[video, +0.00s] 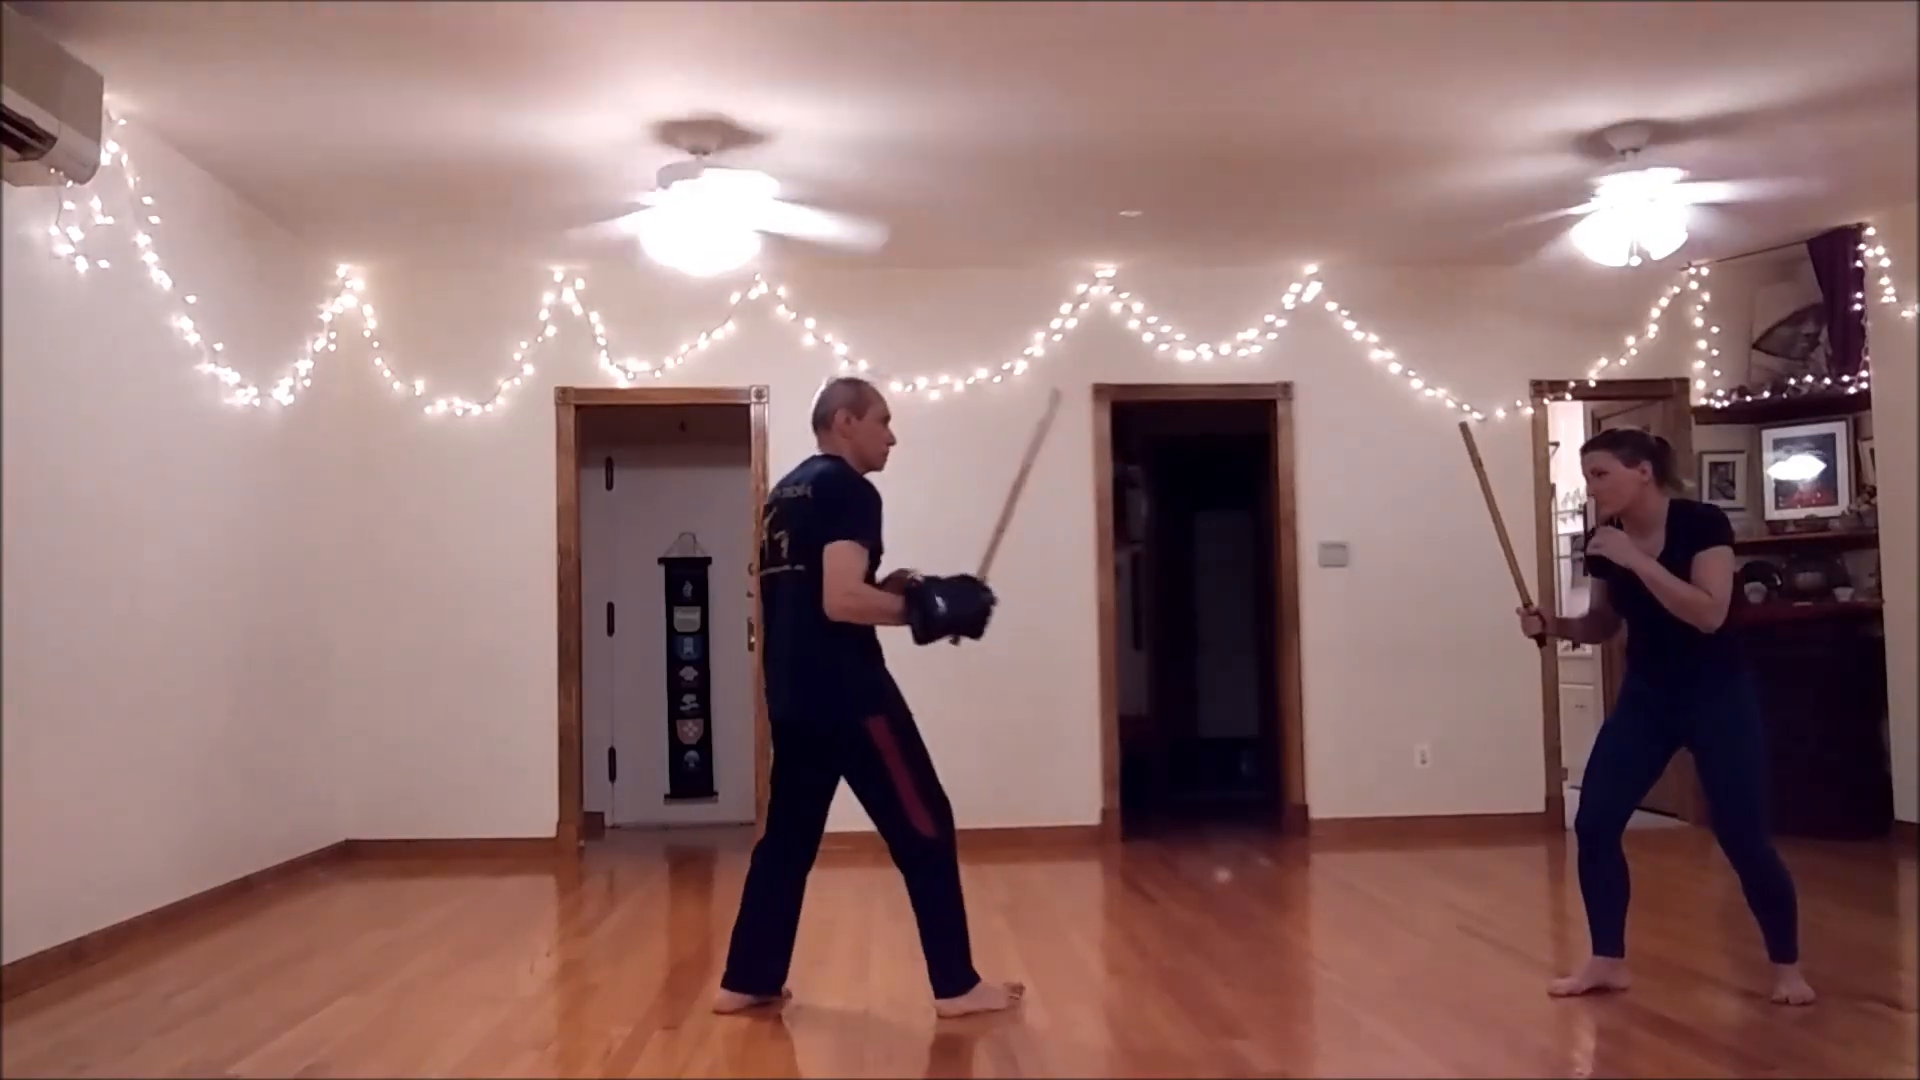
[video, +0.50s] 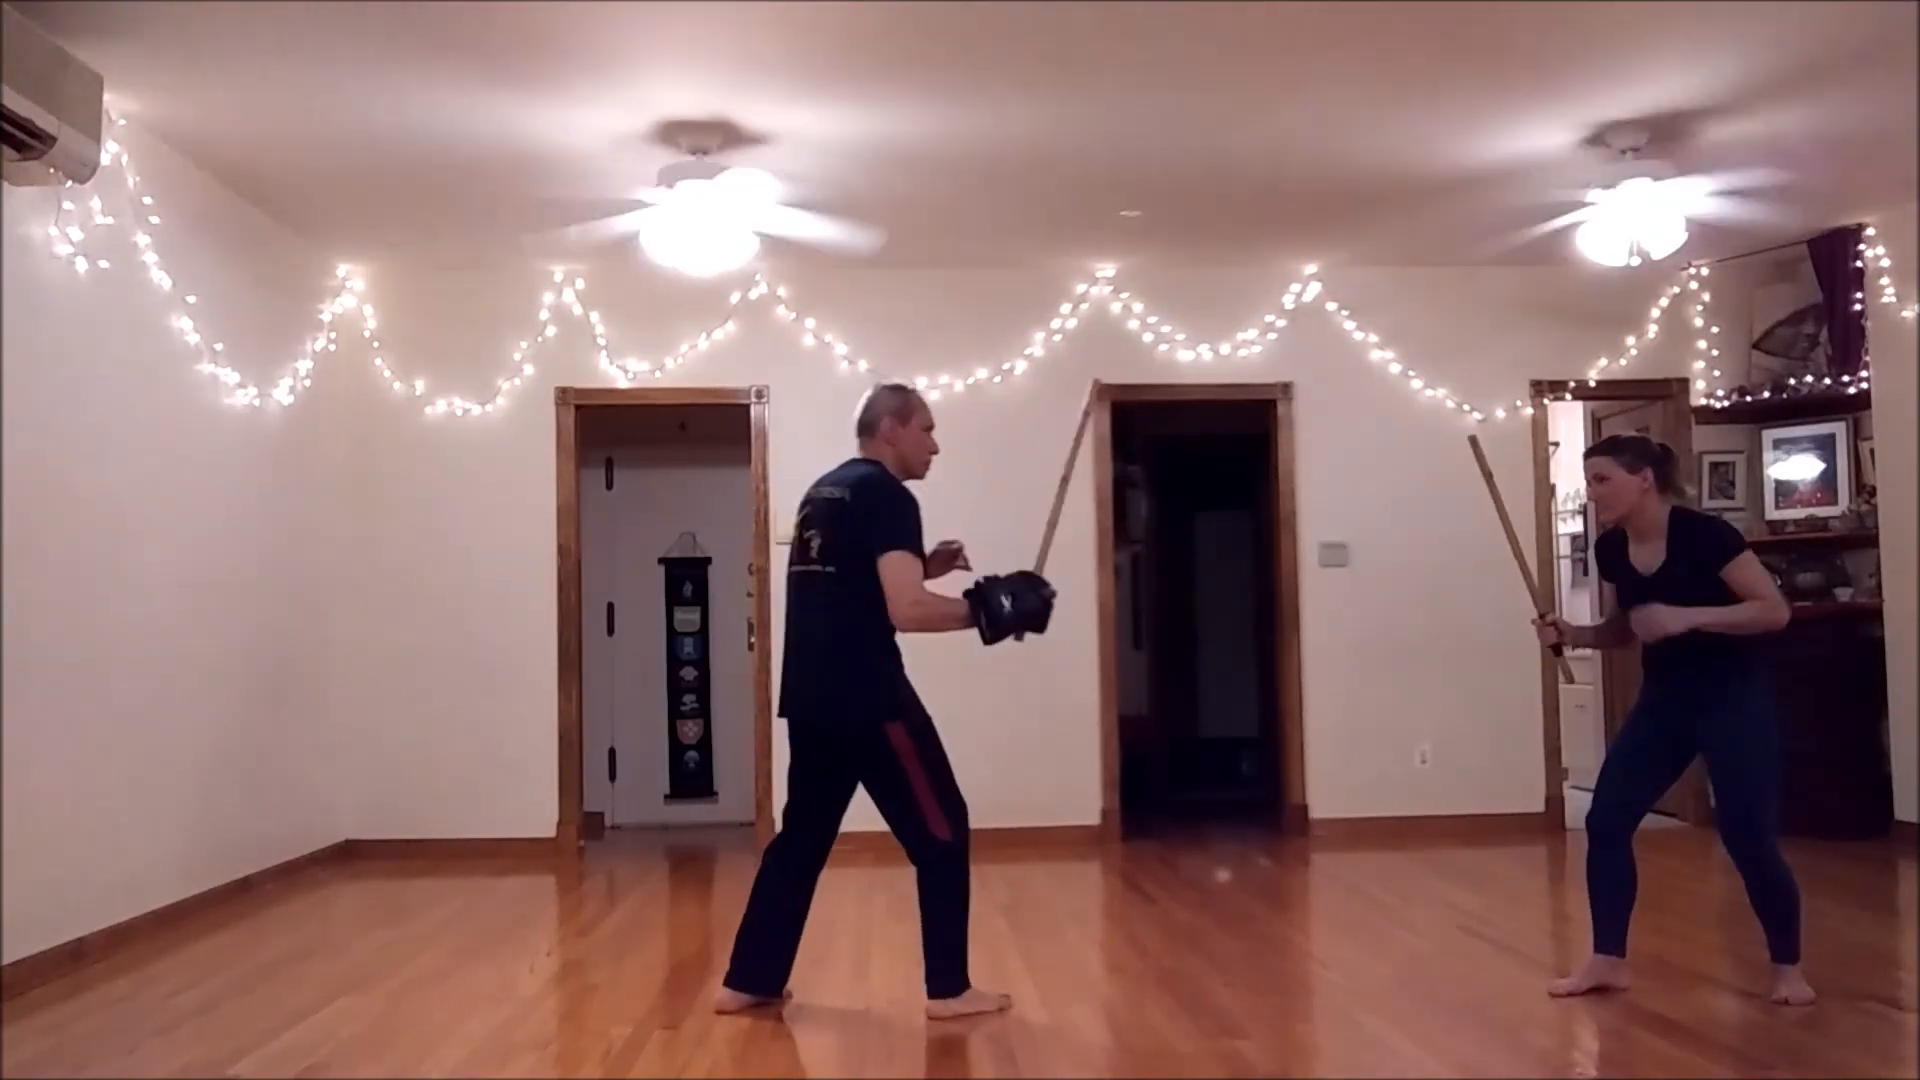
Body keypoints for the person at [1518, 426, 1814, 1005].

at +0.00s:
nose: (1592, 488)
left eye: (1600, 475)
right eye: (1588, 478)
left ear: (1640, 471)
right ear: (1617, 480)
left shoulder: (1702, 522)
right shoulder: (1608, 542)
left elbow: (1711, 612)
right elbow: (1605, 623)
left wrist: (1634, 560)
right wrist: (1555, 626)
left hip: (1718, 698)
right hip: (1648, 699)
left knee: (1742, 836)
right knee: (1595, 822)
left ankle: (1787, 967)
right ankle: (1606, 961)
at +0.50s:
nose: (1592, 493)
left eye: (1601, 480)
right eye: (1589, 482)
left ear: (1642, 480)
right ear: (1627, 485)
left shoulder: (1705, 535)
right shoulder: (1612, 548)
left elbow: (1775, 611)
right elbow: (1624, 629)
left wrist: (1684, 617)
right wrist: (1571, 634)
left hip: (1734, 707)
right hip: (1664, 707)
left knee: (1748, 838)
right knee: (1606, 821)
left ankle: (1788, 969)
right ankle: (1607, 960)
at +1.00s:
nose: (1593, 491)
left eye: (1601, 477)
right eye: (1589, 480)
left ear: (1641, 474)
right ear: (1628, 480)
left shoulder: (1708, 528)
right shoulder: (1615, 546)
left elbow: (1756, 613)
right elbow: (1629, 625)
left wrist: (1673, 601)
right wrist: (1575, 632)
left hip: (1734, 700)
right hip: (1666, 701)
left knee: (1754, 833)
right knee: (1612, 822)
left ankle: (1789, 968)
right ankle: (1609, 960)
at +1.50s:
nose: (1464, 515)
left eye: (1473, 502)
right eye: (1459, 506)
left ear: (1510, 501)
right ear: (1468, 515)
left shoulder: (1567, 558)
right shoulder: (1470, 583)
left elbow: (1613, 634)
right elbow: (1431, 665)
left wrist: (1524, 612)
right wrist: (1369, 645)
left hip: (1600, 736)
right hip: (1528, 741)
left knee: (1686, 840)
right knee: (1437, 828)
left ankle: (1781, 950)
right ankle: (1393, 963)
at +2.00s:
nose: (1202, 520)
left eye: (1212, 508)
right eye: (1198, 511)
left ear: (1250, 508)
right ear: (1200, 519)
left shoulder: (1297, 564)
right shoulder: (1204, 573)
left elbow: (1362, 627)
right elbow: (1135, 624)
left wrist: (1319, 648)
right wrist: (1106, 568)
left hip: (1300, 723)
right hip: (1237, 725)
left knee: (1346, 837)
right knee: (1163, 808)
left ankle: (1430, 968)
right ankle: (1108, 915)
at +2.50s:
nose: (1112, 537)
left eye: (1121, 527)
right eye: (1102, 528)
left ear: (1138, 531)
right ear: (1091, 532)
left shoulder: (1152, 574)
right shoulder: (1083, 576)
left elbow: (1172, 642)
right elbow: (1079, 638)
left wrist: (1146, 606)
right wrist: (1107, 690)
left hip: (1117, 700)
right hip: (1070, 699)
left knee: (1101, 798)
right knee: (1080, 797)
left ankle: (1079, 891)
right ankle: (1063, 888)